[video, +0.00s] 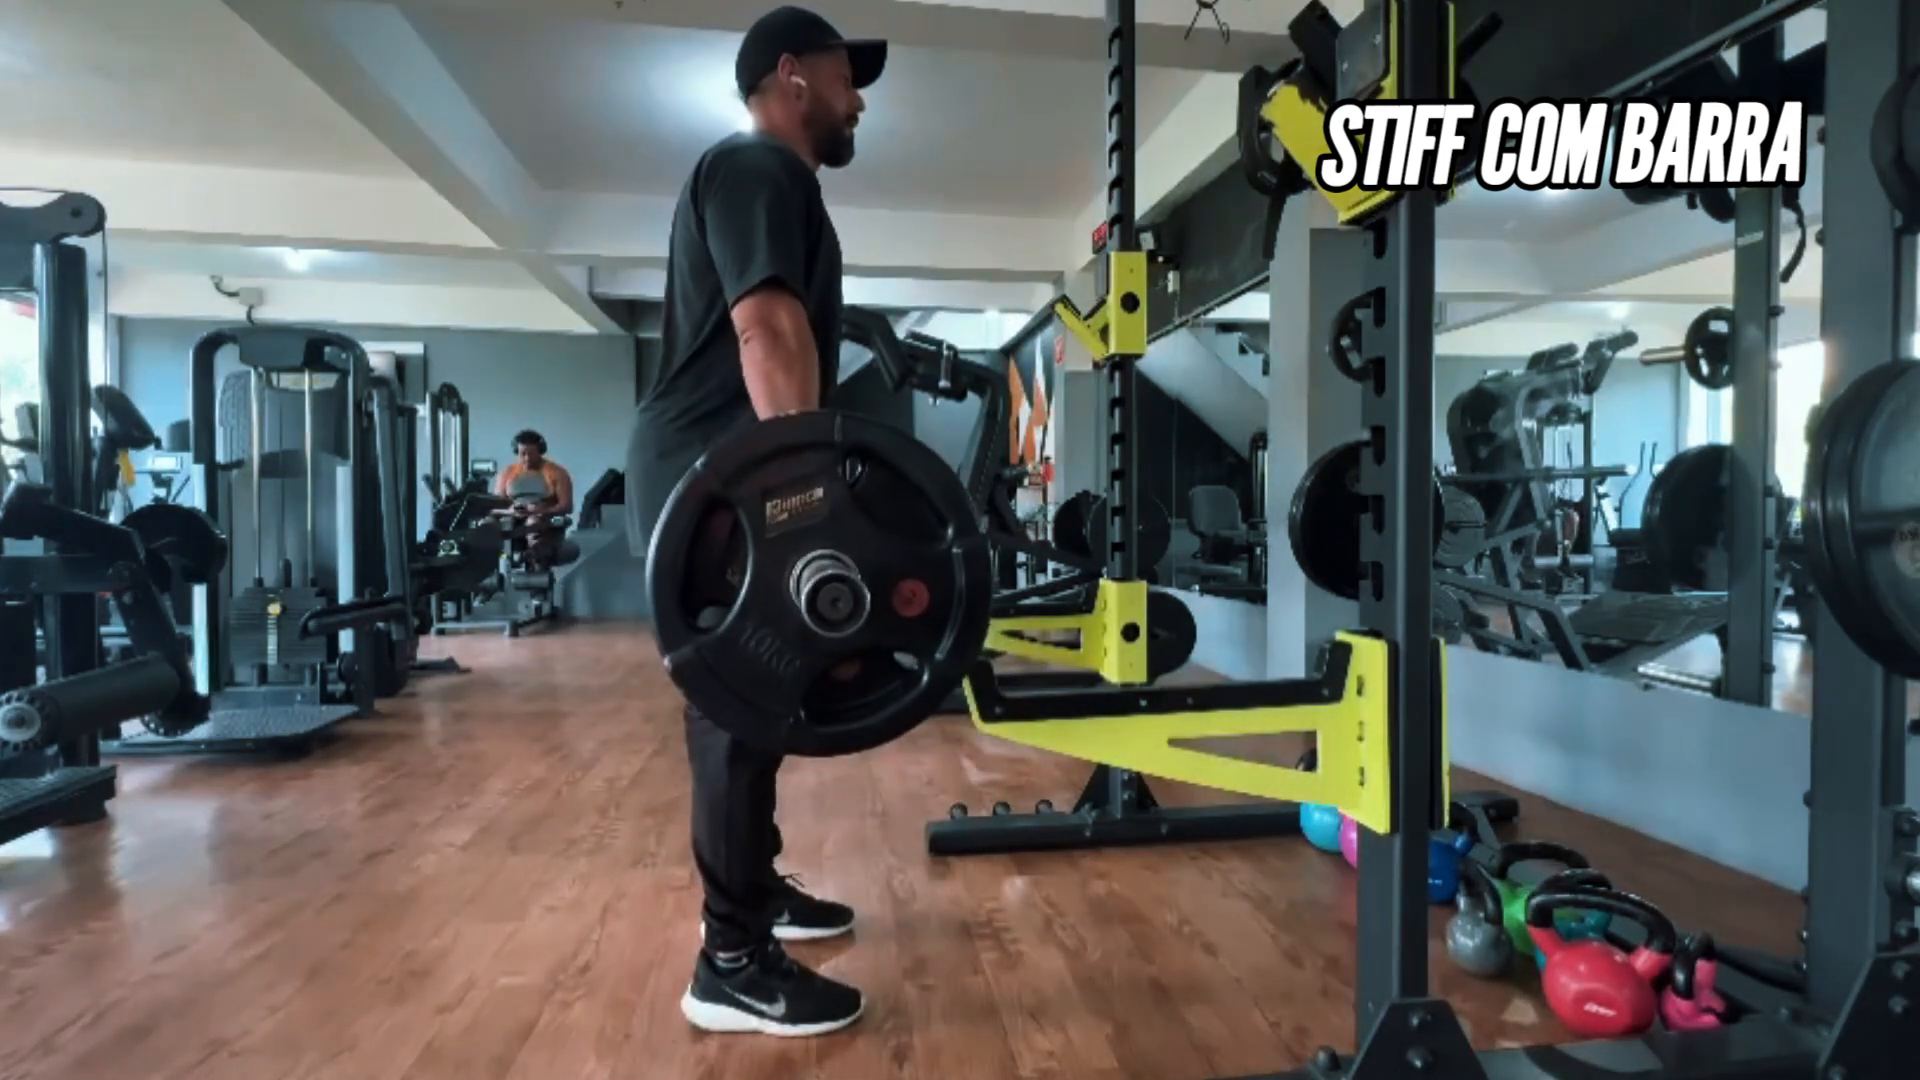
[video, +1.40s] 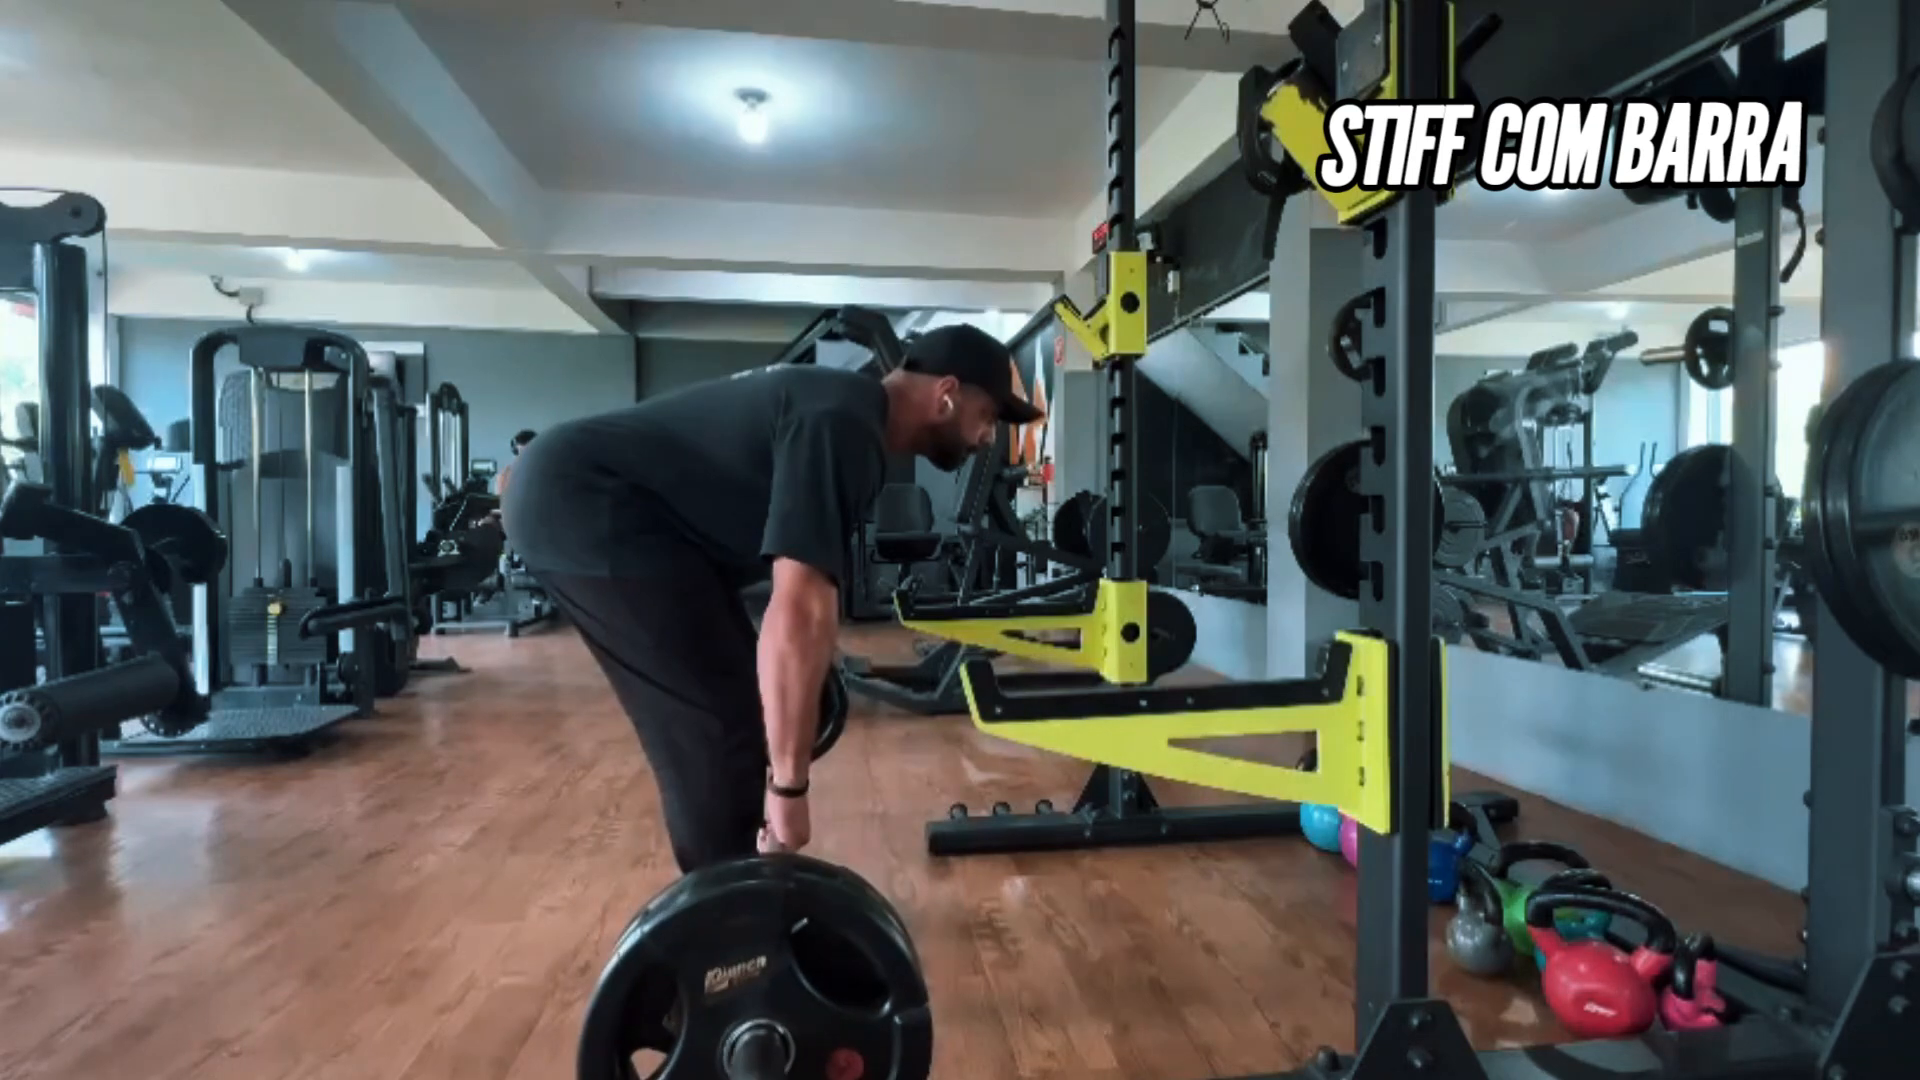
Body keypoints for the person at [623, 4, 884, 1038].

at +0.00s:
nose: (861, 96)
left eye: (859, 80)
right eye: (848, 76)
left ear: (786, 83)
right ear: (790, 75)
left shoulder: (764, 182)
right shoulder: (754, 165)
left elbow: (778, 344)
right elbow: (765, 326)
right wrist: (810, 498)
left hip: (720, 474)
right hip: (706, 475)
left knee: (752, 693)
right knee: (733, 704)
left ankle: (751, 884)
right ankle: (731, 958)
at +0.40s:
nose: (939, 205)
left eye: (941, 187)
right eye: (932, 182)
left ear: (873, 172)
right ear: (879, 167)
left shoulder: (818, 250)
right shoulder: (805, 233)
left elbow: (796, 409)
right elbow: (787, 402)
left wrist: (810, 578)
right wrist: (810, 582)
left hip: (682, 479)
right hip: (648, 477)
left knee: (742, 687)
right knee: (721, 702)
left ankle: (758, 894)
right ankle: (729, 957)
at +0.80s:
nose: (978, 341)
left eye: (983, 323)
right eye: (976, 316)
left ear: (923, 301)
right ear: (930, 300)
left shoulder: (835, 345)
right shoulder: (829, 343)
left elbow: (805, 520)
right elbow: (799, 520)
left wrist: (796, 686)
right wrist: (800, 701)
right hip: (597, 487)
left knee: (716, 695)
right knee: (726, 699)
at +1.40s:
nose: (987, 438)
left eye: (997, 424)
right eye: (988, 417)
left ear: (941, 390)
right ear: (946, 391)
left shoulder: (845, 417)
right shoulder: (837, 419)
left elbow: (813, 597)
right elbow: (800, 607)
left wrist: (783, 765)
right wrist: (788, 787)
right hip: (584, 500)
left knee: (721, 719)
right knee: (721, 725)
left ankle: (737, 929)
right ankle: (736, 939)